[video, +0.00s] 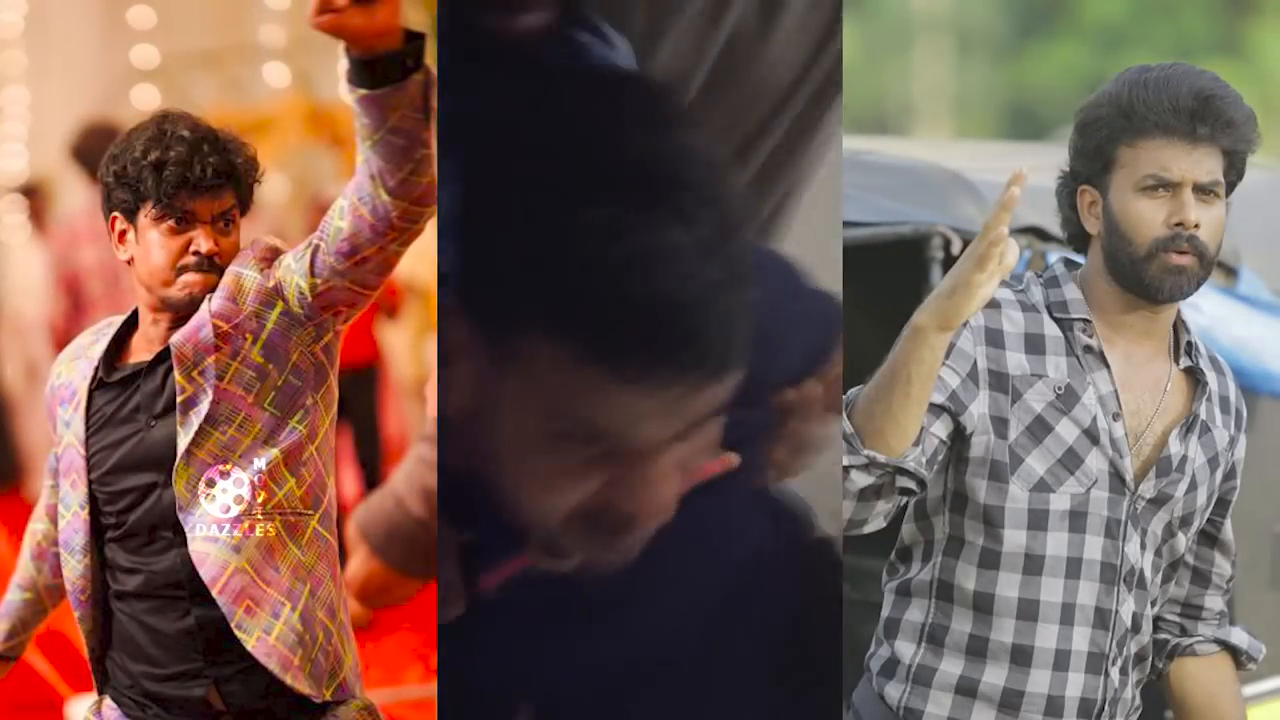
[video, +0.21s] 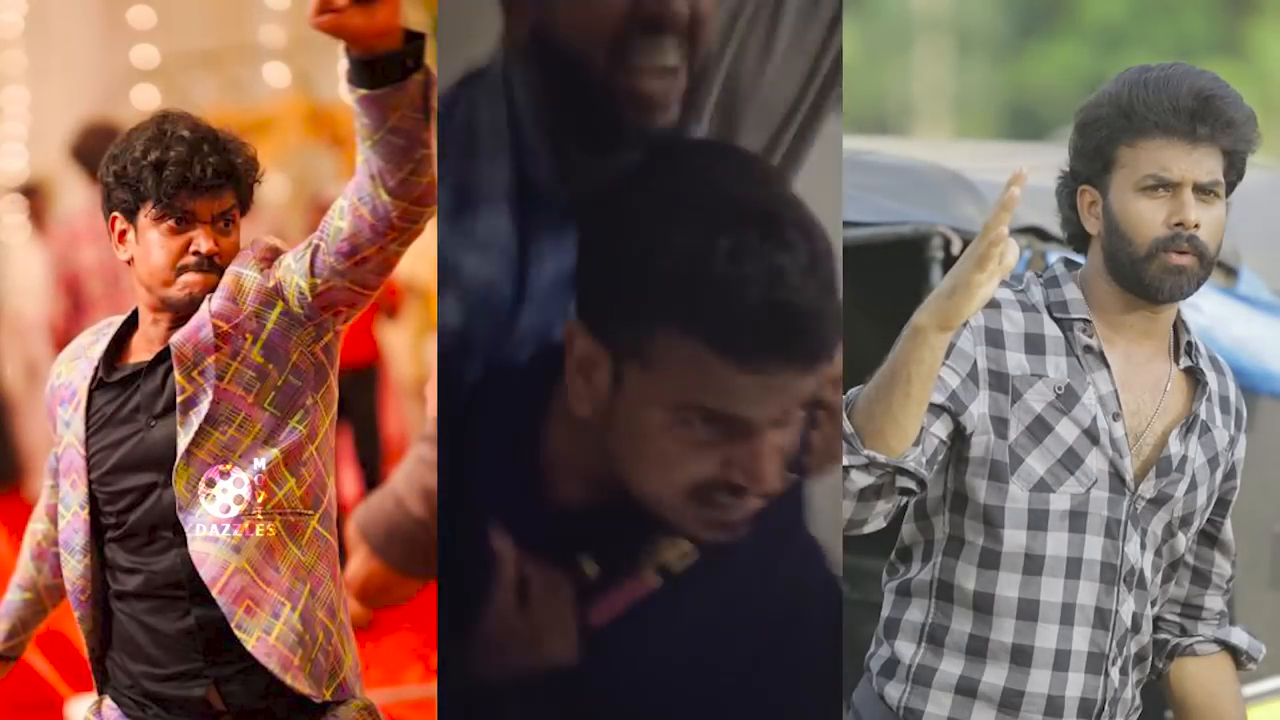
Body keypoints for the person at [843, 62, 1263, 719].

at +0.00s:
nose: (1187, 217)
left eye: (1207, 194)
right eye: (1157, 190)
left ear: (1227, 208)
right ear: (1092, 207)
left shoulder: (1219, 398)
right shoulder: (984, 329)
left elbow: (1193, 617)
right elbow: (851, 507)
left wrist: (1225, 711)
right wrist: (931, 327)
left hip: (1105, 709)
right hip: (934, 702)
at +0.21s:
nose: (1187, 217)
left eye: (1207, 194)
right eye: (1157, 190)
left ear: (1227, 209)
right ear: (1092, 208)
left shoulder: (1219, 398)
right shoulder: (984, 328)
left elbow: (1193, 615)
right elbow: (851, 507)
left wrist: (1224, 711)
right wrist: (932, 327)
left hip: (1105, 709)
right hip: (934, 701)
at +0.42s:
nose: (1187, 217)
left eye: (1207, 194)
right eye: (1157, 190)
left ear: (1227, 208)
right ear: (1092, 207)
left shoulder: (1219, 398)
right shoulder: (984, 329)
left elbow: (1193, 617)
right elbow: (850, 509)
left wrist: (1225, 711)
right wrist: (931, 327)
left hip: (1105, 709)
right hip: (934, 702)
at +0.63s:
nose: (1187, 217)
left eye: (1207, 194)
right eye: (1157, 190)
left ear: (1227, 208)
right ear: (1092, 207)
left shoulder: (1219, 398)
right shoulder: (984, 329)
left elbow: (1193, 617)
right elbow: (850, 508)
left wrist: (1225, 711)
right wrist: (931, 327)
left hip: (1105, 709)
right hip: (935, 701)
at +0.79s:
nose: (1187, 217)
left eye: (1207, 194)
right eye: (1157, 190)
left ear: (1227, 208)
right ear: (1092, 207)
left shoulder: (1219, 398)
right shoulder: (984, 329)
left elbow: (1193, 616)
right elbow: (850, 509)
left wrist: (1225, 711)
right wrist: (931, 327)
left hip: (1106, 709)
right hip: (937, 701)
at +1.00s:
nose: (1187, 217)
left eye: (1207, 194)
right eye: (1157, 190)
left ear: (1227, 208)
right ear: (1092, 207)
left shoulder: (1219, 398)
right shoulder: (984, 328)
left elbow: (1193, 617)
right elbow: (855, 505)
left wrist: (1225, 711)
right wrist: (931, 327)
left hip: (1105, 709)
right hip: (937, 702)